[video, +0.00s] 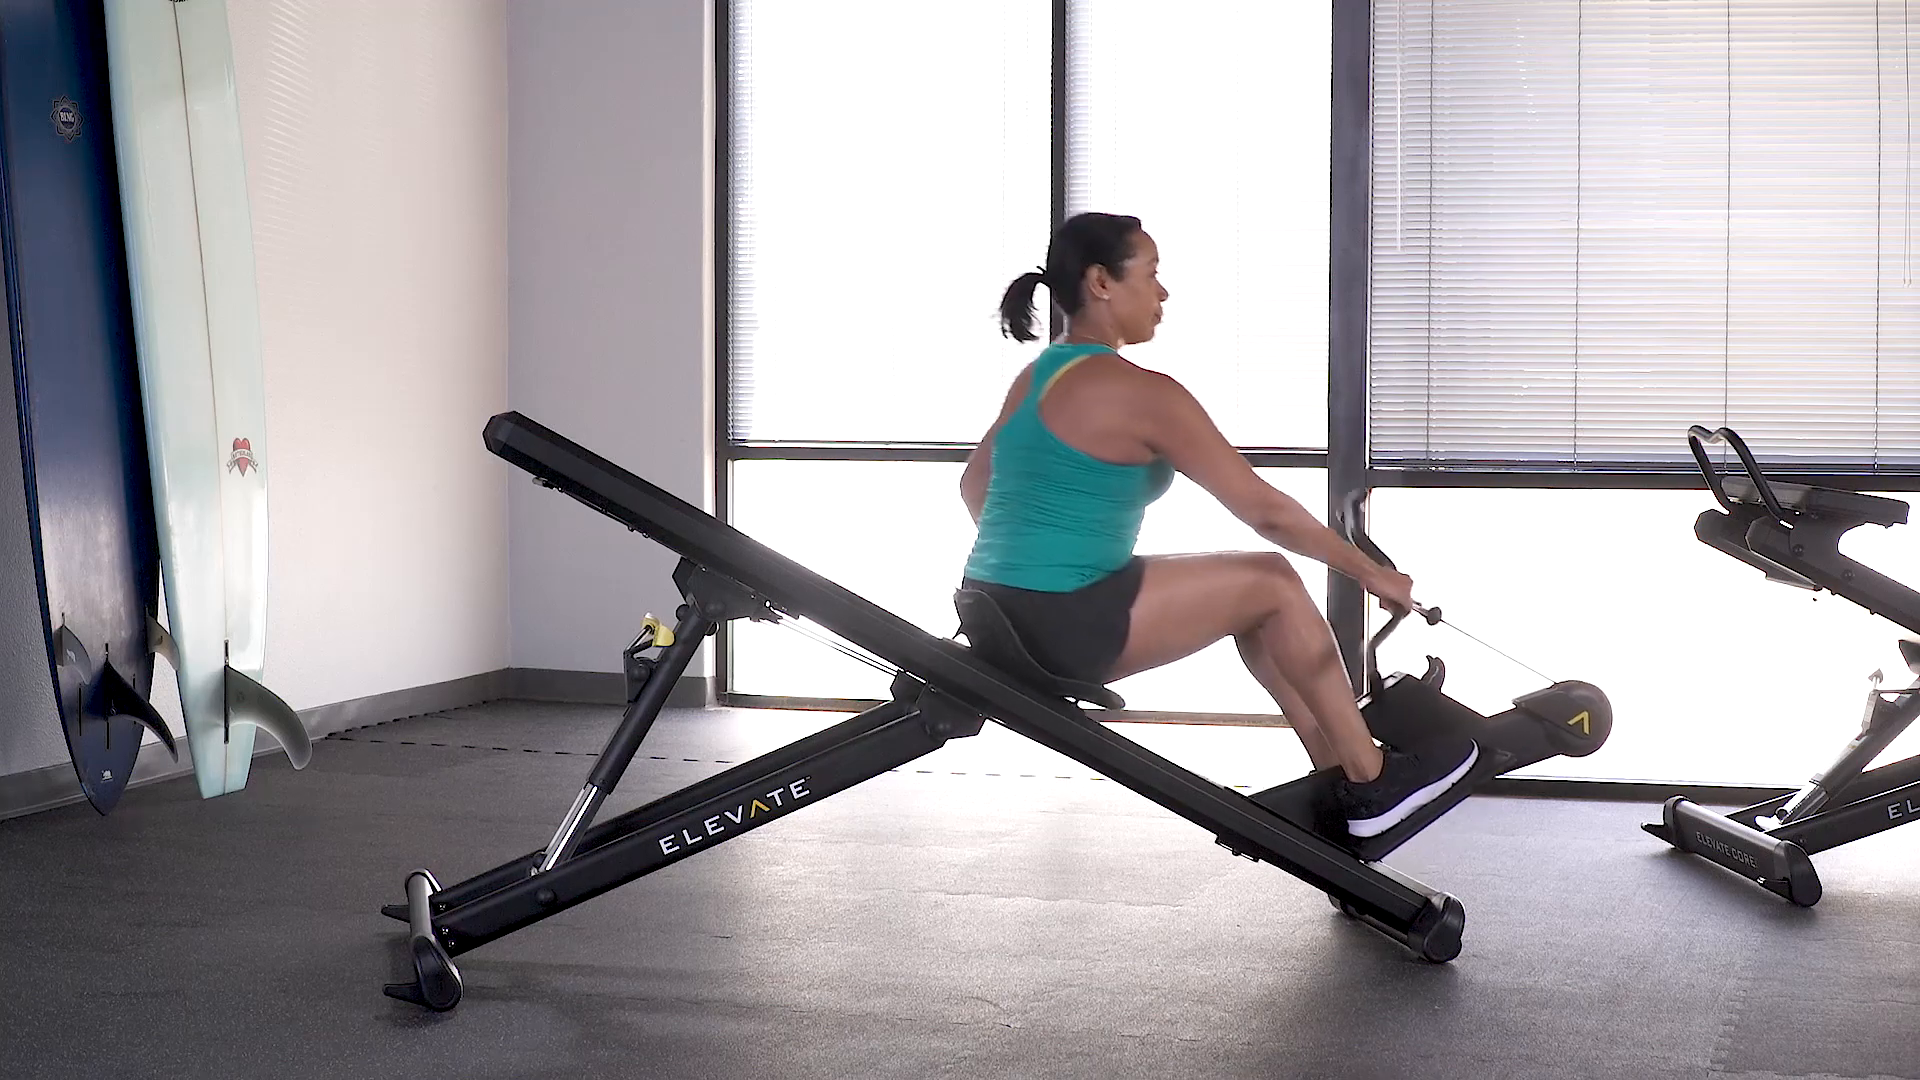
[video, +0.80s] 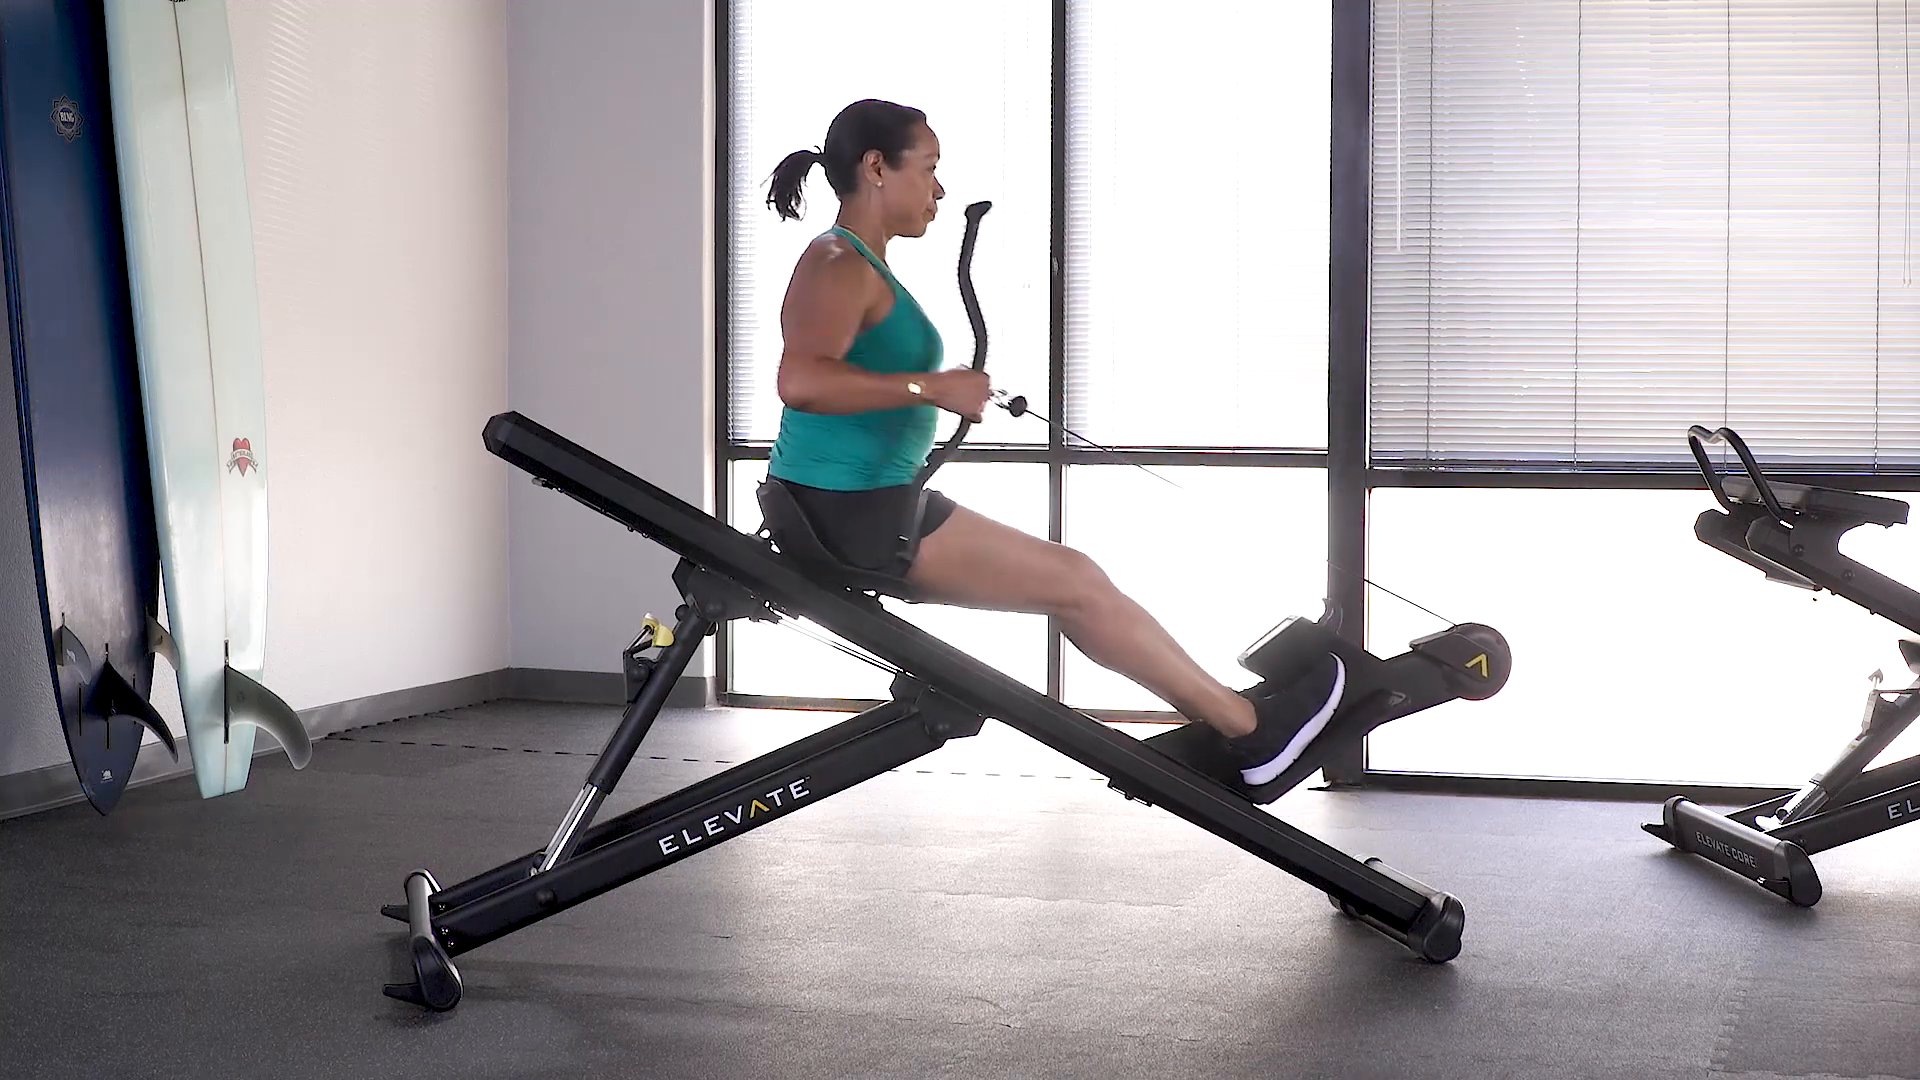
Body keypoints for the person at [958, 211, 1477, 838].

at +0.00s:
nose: (1164, 293)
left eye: (1159, 276)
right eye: (1151, 276)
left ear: (1092, 287)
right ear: (1101, 285)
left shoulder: (1039, 374)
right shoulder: (1145, 394)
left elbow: (975, 485)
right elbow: (1264, 510)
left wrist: (1035, 553)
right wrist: (1371, 570)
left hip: (995, 605)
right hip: (1062, 618)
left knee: (1251, 584)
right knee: (1274, 582)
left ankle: (1332, 760)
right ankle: (1371, 776)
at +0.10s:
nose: (1105, 262)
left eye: (1100, 245)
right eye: (1093, 245)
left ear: (1035, 253)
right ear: (1041, 252)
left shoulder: (983, 342)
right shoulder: (1074, 359)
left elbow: (932, 459)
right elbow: (1181, 481)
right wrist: (1296, 535)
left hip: (948, 583)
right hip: (1010, 591)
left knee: (1209, 588)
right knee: (1227, 581)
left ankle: (1308, 748)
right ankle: (1348, 768)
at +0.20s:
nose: (1044, 232)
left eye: (1040, 214)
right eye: (1031, 214)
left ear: (975, 226)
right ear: (979, 222)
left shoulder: (932, 310)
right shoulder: (987, 317)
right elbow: (1073, 447)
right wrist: (1186, 489)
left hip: (898, 555)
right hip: (942, 560)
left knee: (1155, 596)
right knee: (1165, 587)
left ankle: (1291, 742)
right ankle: (1316, 757)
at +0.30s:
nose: (990, 210)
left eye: (987, 193)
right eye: (979, 193)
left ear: (925, 200)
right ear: (925, 197)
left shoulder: (886, 282)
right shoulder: (912, 286)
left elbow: (953, 418)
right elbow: (959, 417)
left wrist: (1065, 443)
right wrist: (1079, 446)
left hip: (868, 524)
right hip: (890, 529)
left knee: (1106, 601)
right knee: (1119, 593)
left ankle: (1263, 731)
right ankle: (1283, 744)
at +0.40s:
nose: (950, 190)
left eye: (947, 173)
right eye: (939, 172)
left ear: (885, 179)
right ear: (883, 176)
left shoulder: (854, 261)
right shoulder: (855, 264)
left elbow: (856, 386)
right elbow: (850, 386)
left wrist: (972, 403)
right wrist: (977, 404)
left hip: (837, 504)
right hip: (854, 510)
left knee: (1067, 595)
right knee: (1074, 593)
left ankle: (1235, 719)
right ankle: (1249, 731)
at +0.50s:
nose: (926, 178)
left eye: (923, 160)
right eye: (914, 159)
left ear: (863, 164)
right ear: (860, 162)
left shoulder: (844, 249)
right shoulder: (820, 249)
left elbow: (797, 356)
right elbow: (766, 355)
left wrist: (908, 374)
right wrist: (895, 375)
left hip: (848, 488)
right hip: (821, 498)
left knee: (1049, 585)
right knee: (1046, 593)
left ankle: (1215, 713)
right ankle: (1228, 721)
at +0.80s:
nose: (937, 189)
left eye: (935, 171)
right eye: (927, 171)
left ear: (878, 174)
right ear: (875, 172)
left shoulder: (859, 262)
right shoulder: (836, 265)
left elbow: (825, 380)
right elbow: (801, 382)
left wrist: (934, 388)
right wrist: (930, 387)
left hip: (862, 500)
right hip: (843, 510)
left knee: (1073, 580)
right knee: (1077, 581)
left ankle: (1234, 718)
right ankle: (1243, 725)